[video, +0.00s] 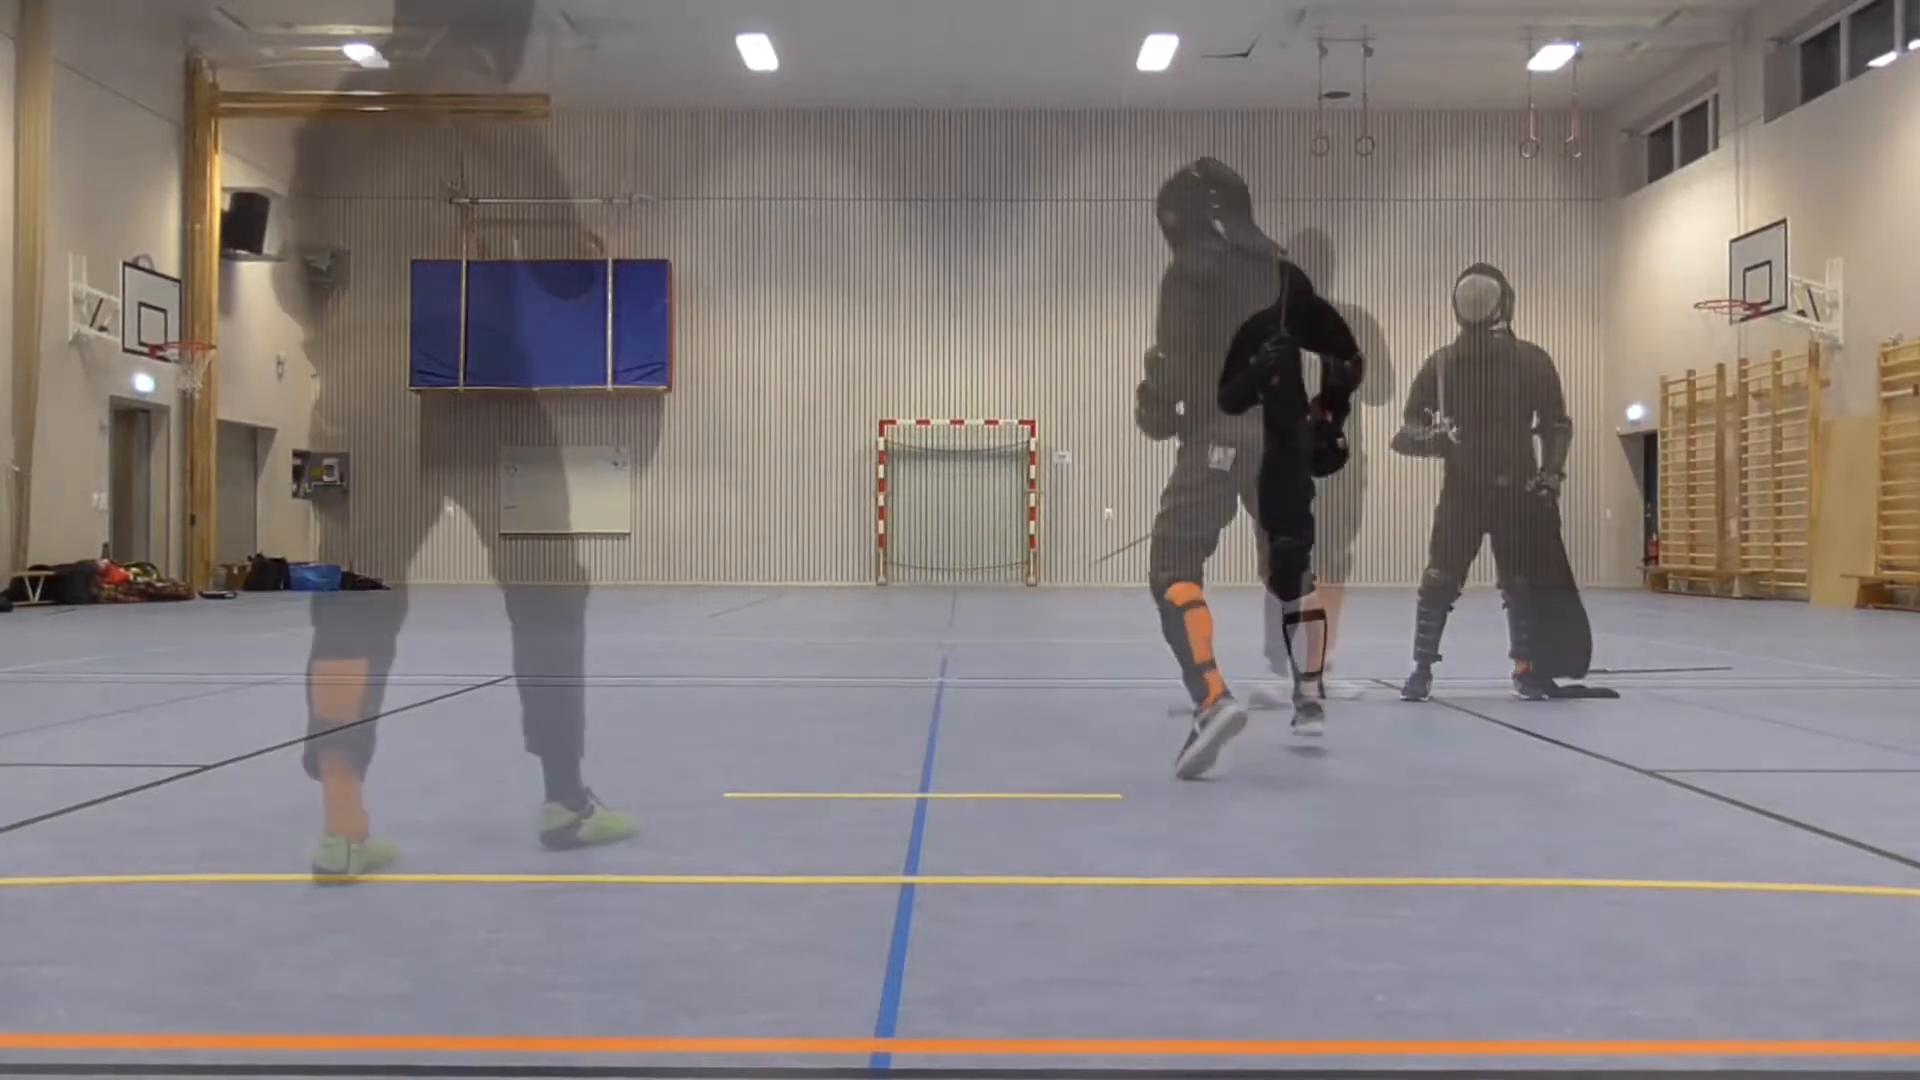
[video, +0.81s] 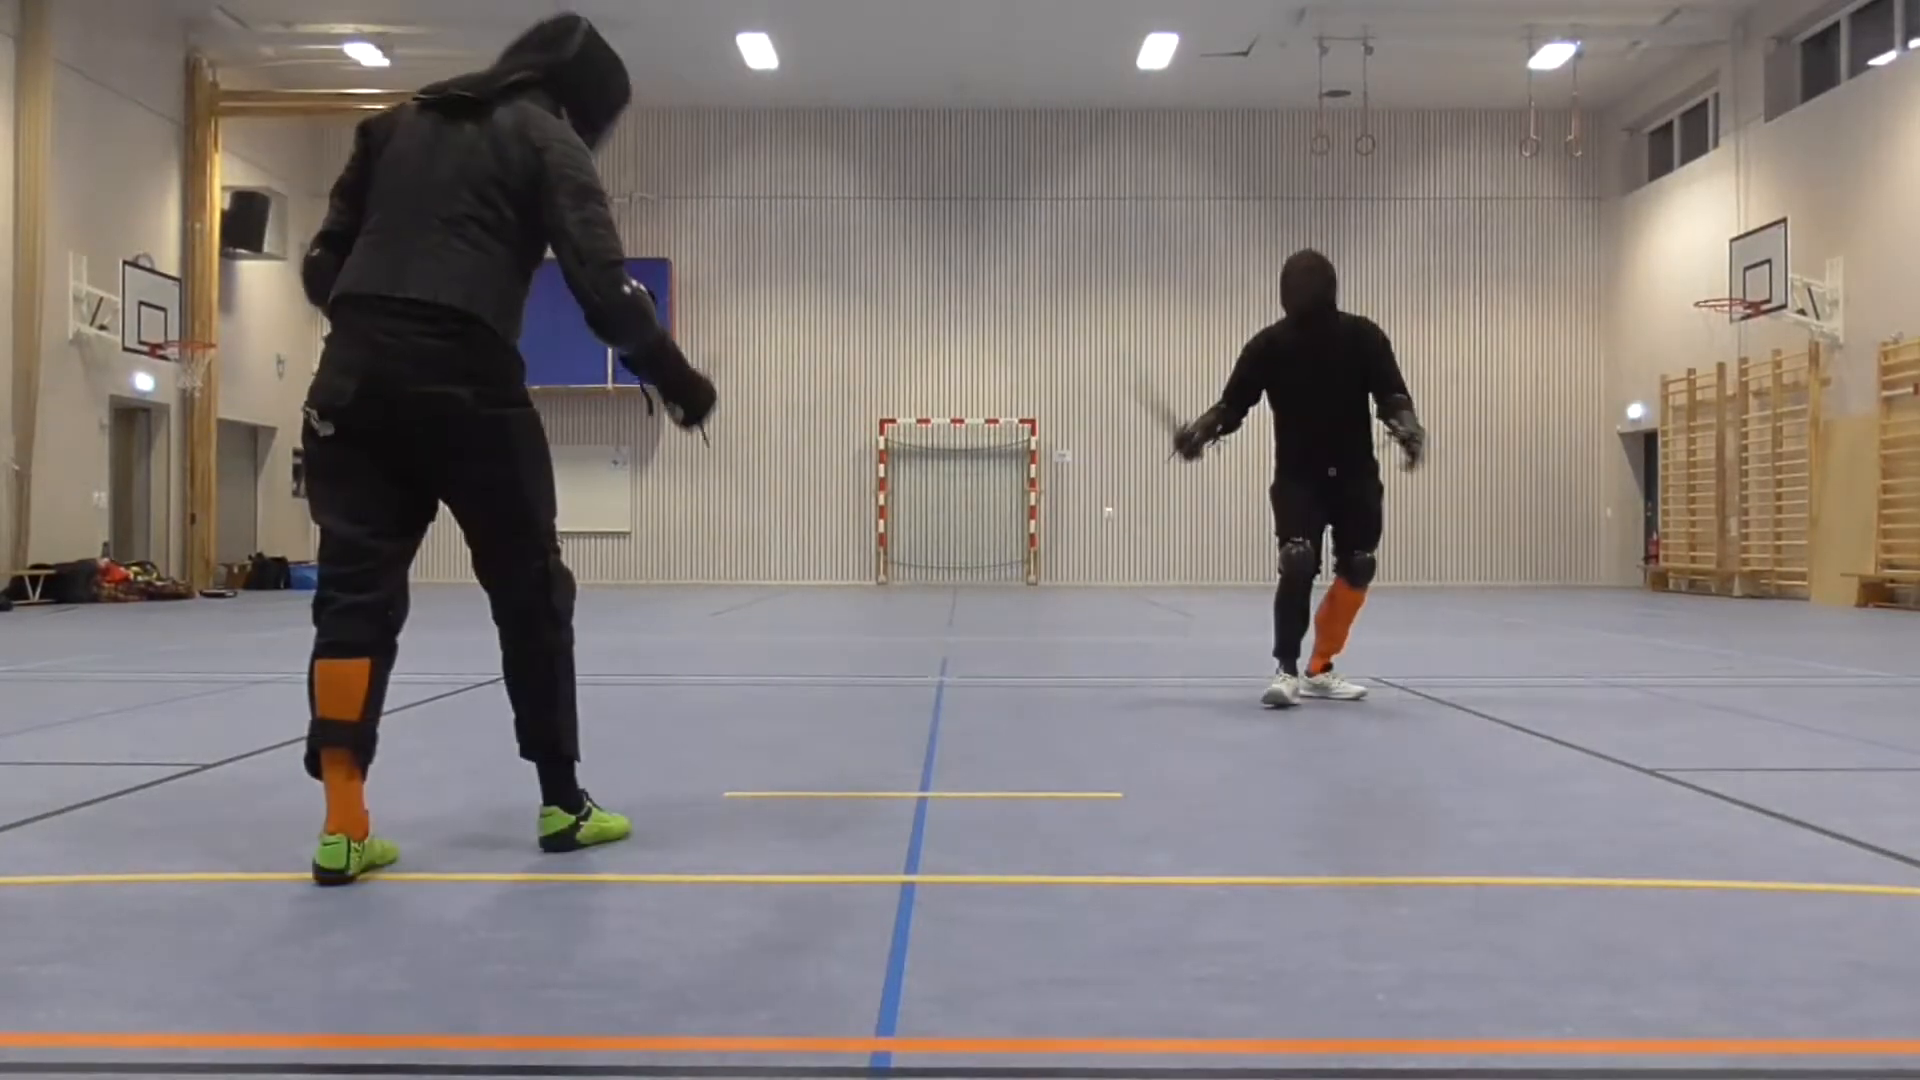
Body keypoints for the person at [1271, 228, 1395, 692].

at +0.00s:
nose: (1309, 272)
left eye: (1317, 260)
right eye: (1301, 260)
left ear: (1330, 265)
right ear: (1285, 266)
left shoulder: (1352, 321)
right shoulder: (1272, 320)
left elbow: (1382, 388)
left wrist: (1345, 370)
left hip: (1336, 456)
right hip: (1279, 454)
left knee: (1331, 556)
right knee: (1280, 552)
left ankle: (1321, 659)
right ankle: (1281, 653)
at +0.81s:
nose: (1308, 301)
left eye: (1315, 290)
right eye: (1299, 291)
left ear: (1332, 291)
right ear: (1288, 295)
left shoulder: (1363, 337)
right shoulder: (1269, 346)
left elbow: (1392, 394)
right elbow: (1234, 405)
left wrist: (1407, 427)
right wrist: (1201, 430)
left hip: (1355, 474)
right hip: (1298, 475)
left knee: (1357, 569)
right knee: (1298, 564)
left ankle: (1319, 671)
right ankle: (1285, 672)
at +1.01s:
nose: (1277, 341)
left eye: (1278, 331)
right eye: (1276, 331)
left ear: (1283, 328)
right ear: (1318, 320)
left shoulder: (1357, 358)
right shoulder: (1262, 375)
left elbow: (1414, 413)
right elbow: (1227, 439)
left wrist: (1477, 453)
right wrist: (1188, 488)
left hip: (1358, 483)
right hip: (1300, 486)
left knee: (1366, 572)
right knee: (1299, 569)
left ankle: (1319, 671)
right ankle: (1286, 675)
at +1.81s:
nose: (1292, 317)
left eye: (1297, 305)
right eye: (1288, 307)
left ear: (1307, 301)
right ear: (1322, 294)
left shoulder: (1362, 342)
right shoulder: (1268, 356)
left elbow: (1429, 371)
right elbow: (1209, 402)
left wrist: (1491, 392)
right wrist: (1163, 445)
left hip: (1367, 478)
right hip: (1309, 482)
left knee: (1361, 576)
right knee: (1304, 571)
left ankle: (1319, 670)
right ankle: (1287, 673)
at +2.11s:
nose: (1321, 287)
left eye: (1322, 278)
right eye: (1320, 278)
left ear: (1293, 281)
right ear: (1339, 279)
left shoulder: (1366, 329)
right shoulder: (1277, 338)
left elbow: (1434, 361)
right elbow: (1227, 389)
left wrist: (1437, 333)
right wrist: (1198, 377)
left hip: (1358, 473)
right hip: (1304, 473)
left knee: (1359, 572)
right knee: (1302, 558)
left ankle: (1318, 673)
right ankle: (1283, 674)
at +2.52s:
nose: (1317, 290)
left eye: (1325, 281)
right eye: (1309, 281)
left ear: (1338, 281)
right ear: (1293, 281)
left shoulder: (1358, 330)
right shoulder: (1272, 338)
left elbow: (1421, 350)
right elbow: (1251, 401)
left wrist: (1380, 297)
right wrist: (1237, 432)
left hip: (1347, 467)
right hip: (1292, 467)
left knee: (1360, 572)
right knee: (1290, 548)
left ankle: (1319, 671)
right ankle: (1265, 652)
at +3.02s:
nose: (1251, 293)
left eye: (1262, 283)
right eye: (1243, 283)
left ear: (1282, 285)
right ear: (1230, 286)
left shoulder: (1300, 337)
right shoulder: (1206, 347)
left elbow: (1362, 381)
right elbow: (1181, 420)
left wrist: (1312, 326)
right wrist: (1164, 473)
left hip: (1283, 479)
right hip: (1226, 482)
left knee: (1348, 573)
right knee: (1235, 565)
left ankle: (1292, 662)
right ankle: (1225, 691)